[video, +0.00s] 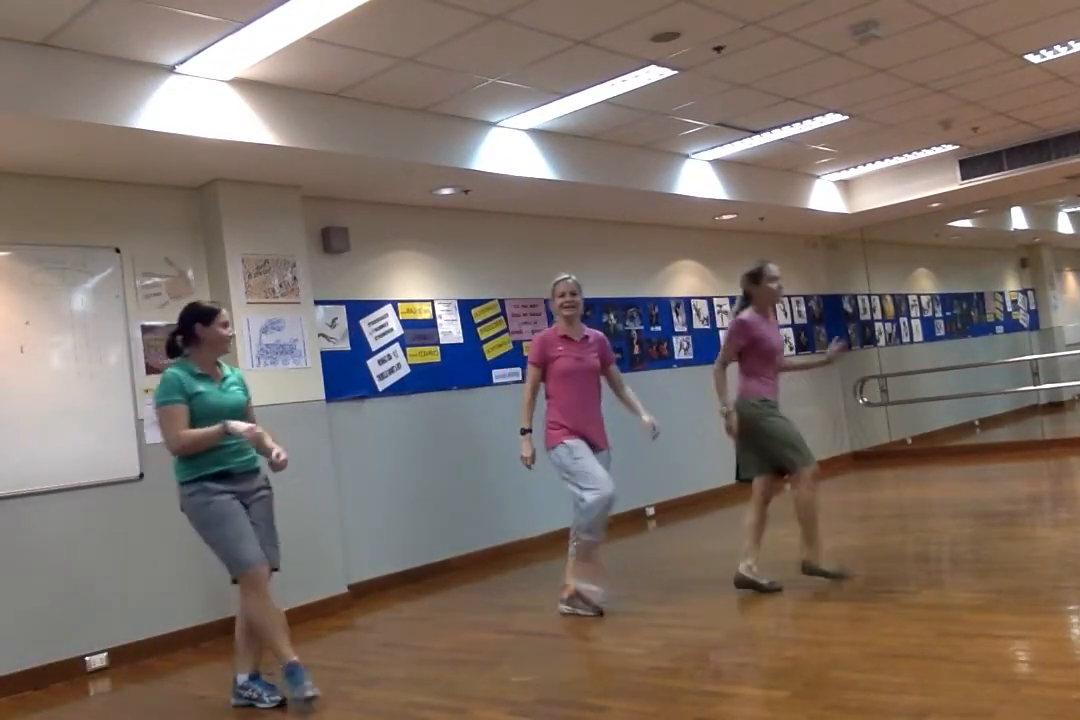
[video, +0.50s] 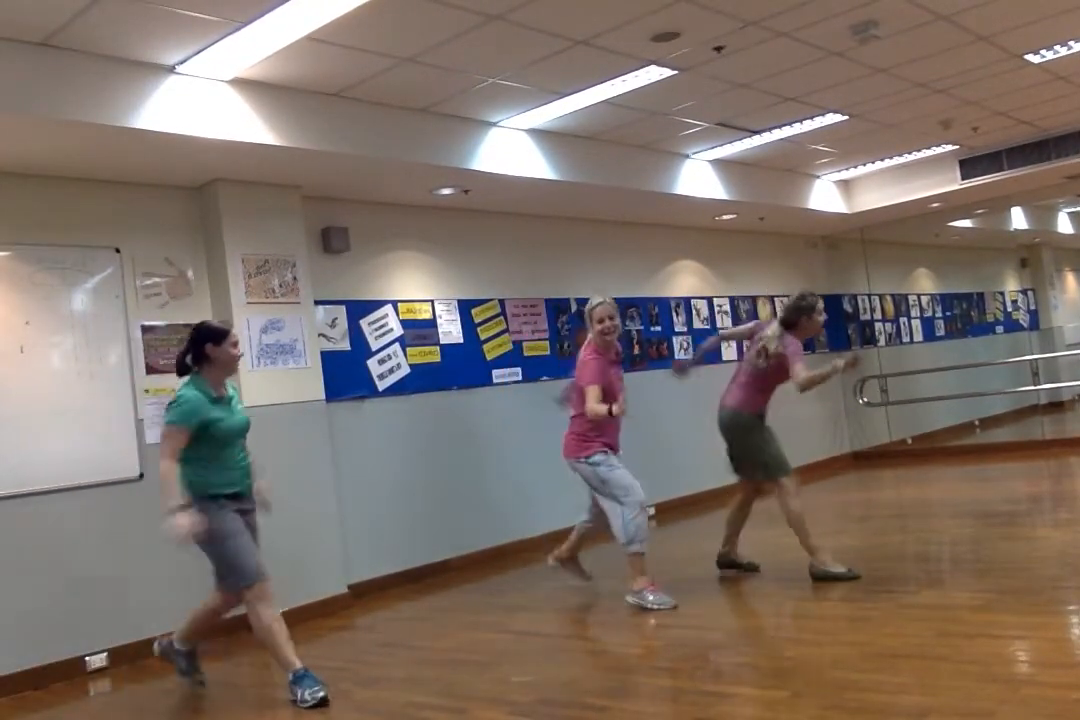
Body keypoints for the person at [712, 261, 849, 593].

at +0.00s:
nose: (780, 287)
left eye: (780, 281)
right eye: (773, 281)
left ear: (774, 287)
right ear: (753, 287)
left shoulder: (770, 321)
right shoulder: (743, 322)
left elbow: (779, 364)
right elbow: (720, 366)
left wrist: (825, 358)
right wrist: (725, 408)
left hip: (764, 407)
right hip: (753, 408)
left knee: (763, 489)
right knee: (805, 470)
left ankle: (747, 567)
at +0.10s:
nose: (797, 295)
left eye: (796, 290)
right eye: (791, 290)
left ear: (784, 296)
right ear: (772, 296)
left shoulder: (784, 330)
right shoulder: (758, 330)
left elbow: (800, 366)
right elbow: (731, 368)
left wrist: (843, 356)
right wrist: (738, 408)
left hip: (774, 411)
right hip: (767, 412)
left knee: (777, 491)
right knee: (809, 480)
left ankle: (748, 567)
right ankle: (821, 562)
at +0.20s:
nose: (816, 303)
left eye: (814, 298)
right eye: (810, 299)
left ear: (795, 305)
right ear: (791, 304)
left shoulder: (794, 336)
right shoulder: (771, 339)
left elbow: (794, 377)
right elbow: (752, 387)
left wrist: (826, 397)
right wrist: (771, 421)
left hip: (775, 413)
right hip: (768, 415)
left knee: (787, 494)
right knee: (813, 483)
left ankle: (750, 557)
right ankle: (821, 561)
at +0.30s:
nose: (829, 313)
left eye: (828, 307)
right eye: (824, 307)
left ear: (805, 311)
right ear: (807, 311)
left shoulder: (780, 336)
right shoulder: (787, 343)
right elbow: (777, 393)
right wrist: (814, 414)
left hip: (756, 416)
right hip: (764, 418)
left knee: (788, 490)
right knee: (812, 482)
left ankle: (744, 549)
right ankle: (821, 561)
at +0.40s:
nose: (830, 317)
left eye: (829, 311)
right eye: (827, 311)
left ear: (803, 314)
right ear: (812, 313)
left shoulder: (771, 330)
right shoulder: (794, 343)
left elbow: (737, 355)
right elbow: (796, 389)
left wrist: (715, 389)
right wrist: (840, 388)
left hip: (742, 414)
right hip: (756, 416)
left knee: (774, 484)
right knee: (802, 480)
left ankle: (734, 547)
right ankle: (820, 561)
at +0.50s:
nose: (824, 320)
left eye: (822, 314)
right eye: (819, 315)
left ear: (798, 317)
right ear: (804, 320)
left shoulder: (766, 326)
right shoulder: (791, 346)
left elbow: (721, 336)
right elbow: (802, 382)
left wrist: (692, 361)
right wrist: (838, 367)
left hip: (731, 414)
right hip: (745, 419)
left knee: (751, 486)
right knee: (786, 484)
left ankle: (727, 553)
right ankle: (819, 560)